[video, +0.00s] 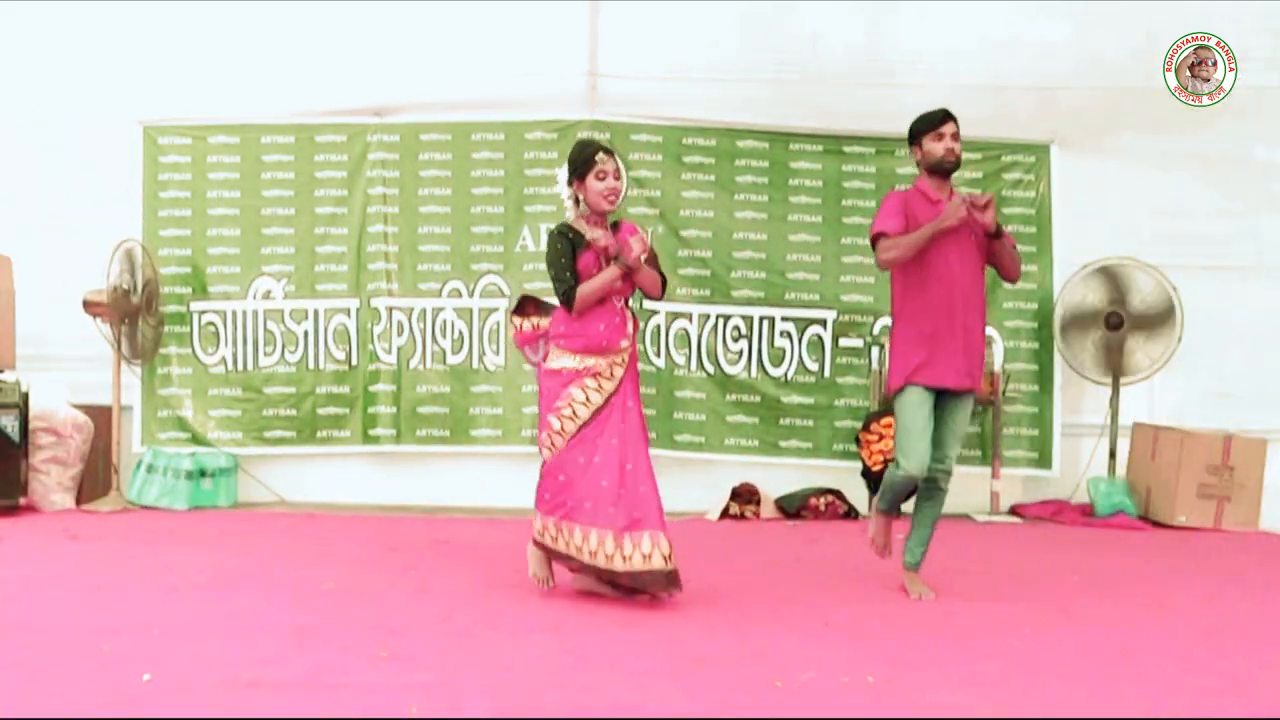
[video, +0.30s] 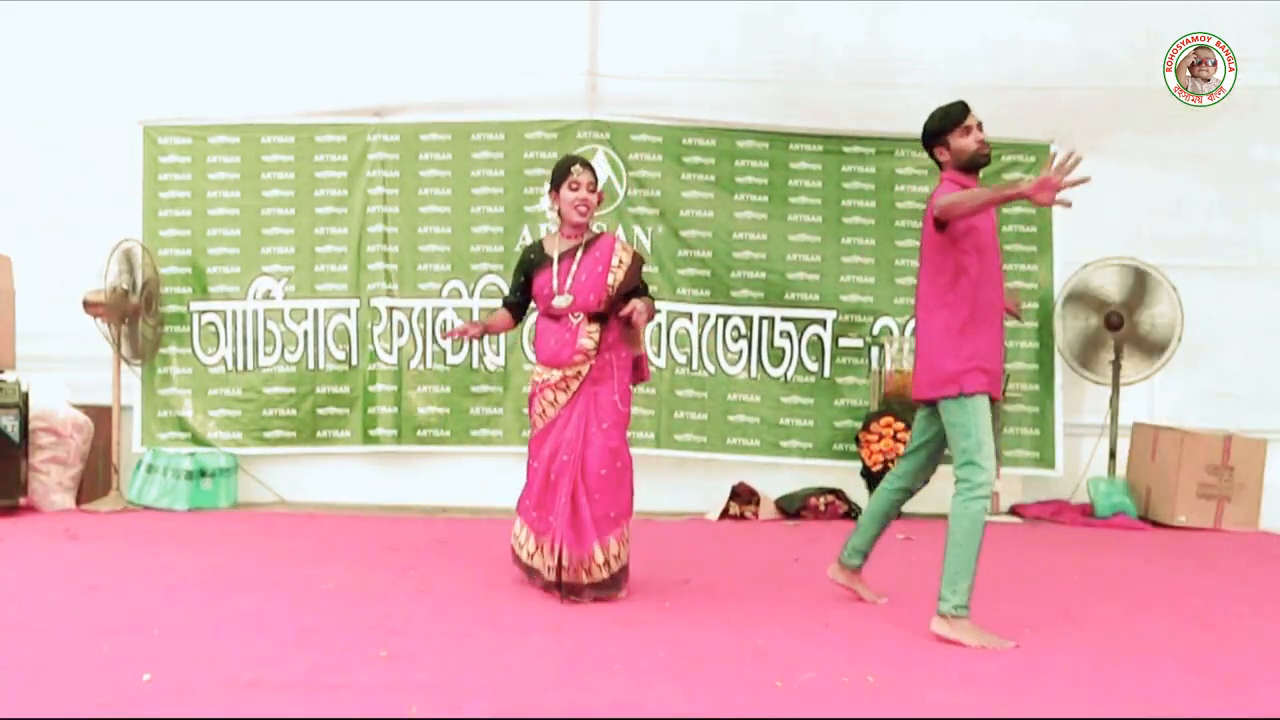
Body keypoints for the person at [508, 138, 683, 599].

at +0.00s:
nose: (613, 185)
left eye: (617, 176)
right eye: (602, 177)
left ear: (623, 182)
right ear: (578, 185)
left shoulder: (628, 232)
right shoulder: (564, 236)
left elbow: (658, 288)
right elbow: (573, 300)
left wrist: (626, 259)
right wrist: (620, 267)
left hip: (617, 356)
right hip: (573, 356)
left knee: (619, 452)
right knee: (573, 453)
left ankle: (610, 559)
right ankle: (543, 542)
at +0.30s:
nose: (584, 197)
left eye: (591, 189)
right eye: (574, 188)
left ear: (599, 198)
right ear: (554, 196)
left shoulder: (615, 252)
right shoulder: (536, 254)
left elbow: (644, 305)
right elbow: (513, 311)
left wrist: (639, 308)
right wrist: (480, 326)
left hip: (604, 375)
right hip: (553, 378)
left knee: (598, 466)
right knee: (552, 465)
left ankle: (595, 568)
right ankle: (553, 562)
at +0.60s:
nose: (595, 195)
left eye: (602, 186)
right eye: (584, 186)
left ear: (611, 193)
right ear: (566, 196)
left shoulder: (628, 247)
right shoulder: (550, 250)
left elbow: (651, 306)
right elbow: (519, 311)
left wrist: (683, 285)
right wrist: (498, 298)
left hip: (617, 376)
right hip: (565, 376)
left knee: (614, 466)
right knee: (566, 464)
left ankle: (608, 564)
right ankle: (560, 560)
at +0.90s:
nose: (622, 188)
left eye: (626, 178)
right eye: (610, 181)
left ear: (633, 183)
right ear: (590, 193)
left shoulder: (637, 238)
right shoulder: (588, 239)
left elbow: (669, 295)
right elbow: (617, 292)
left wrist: (655, 256)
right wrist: (662, 257)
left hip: (637, 363)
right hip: (595, 364)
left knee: (647, 460)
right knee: (619, 462)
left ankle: (626, 568)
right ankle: (598, 571)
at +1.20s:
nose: (647, 194)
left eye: (648, 185)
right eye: (634, 188)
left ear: (649, 188)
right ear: (612, 199)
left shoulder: (629, 245)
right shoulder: (625, 245)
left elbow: (639, 313)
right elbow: (620, 311)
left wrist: (683, 326)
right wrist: (672, 345)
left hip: (628, 375)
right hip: (623, 378)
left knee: (653, 470)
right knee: (675, 469)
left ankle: (595, 557)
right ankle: (630, 591)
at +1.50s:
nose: (634, 193)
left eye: (636, 184)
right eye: (621, 187)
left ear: (640, 189)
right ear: (598, 198)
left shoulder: (634, 242)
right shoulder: (603, 242)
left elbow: (635, 304)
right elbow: (584, 305)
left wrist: (676, 315)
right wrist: (626, 322)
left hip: (634, 372)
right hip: (610, 374)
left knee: (636, 467)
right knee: (647, 468)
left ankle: (598, 561)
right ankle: (631, 590)